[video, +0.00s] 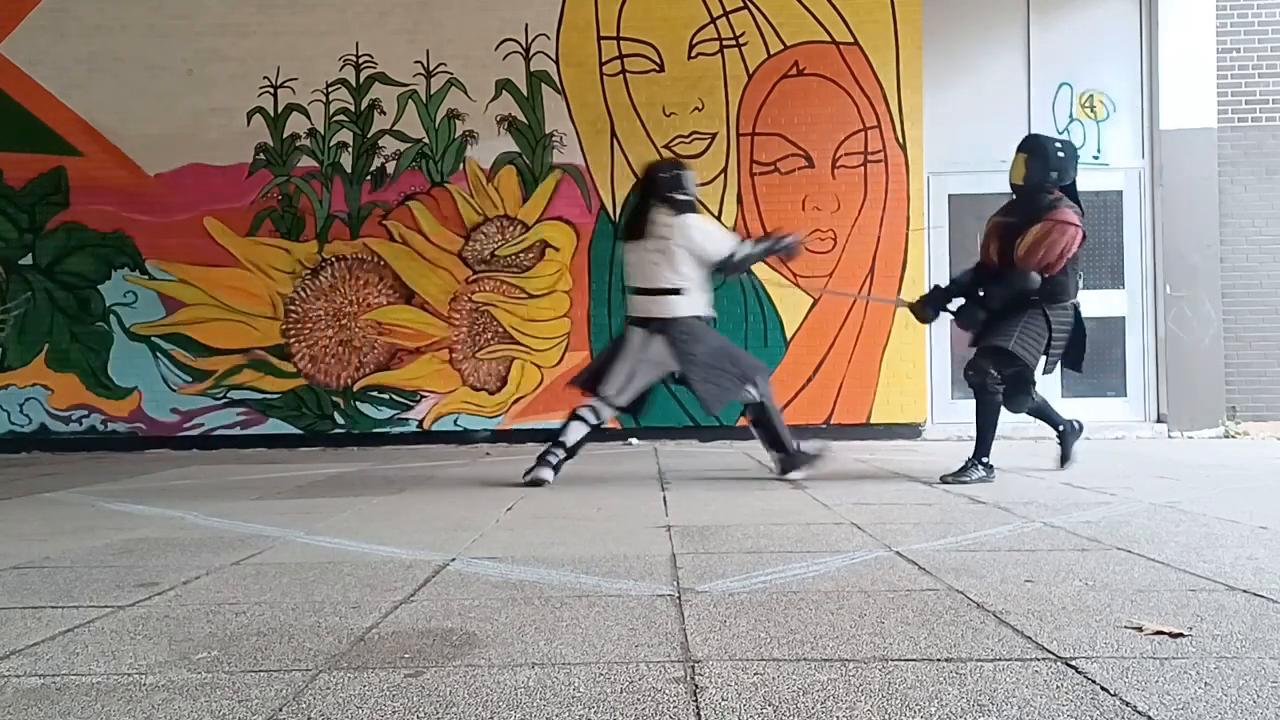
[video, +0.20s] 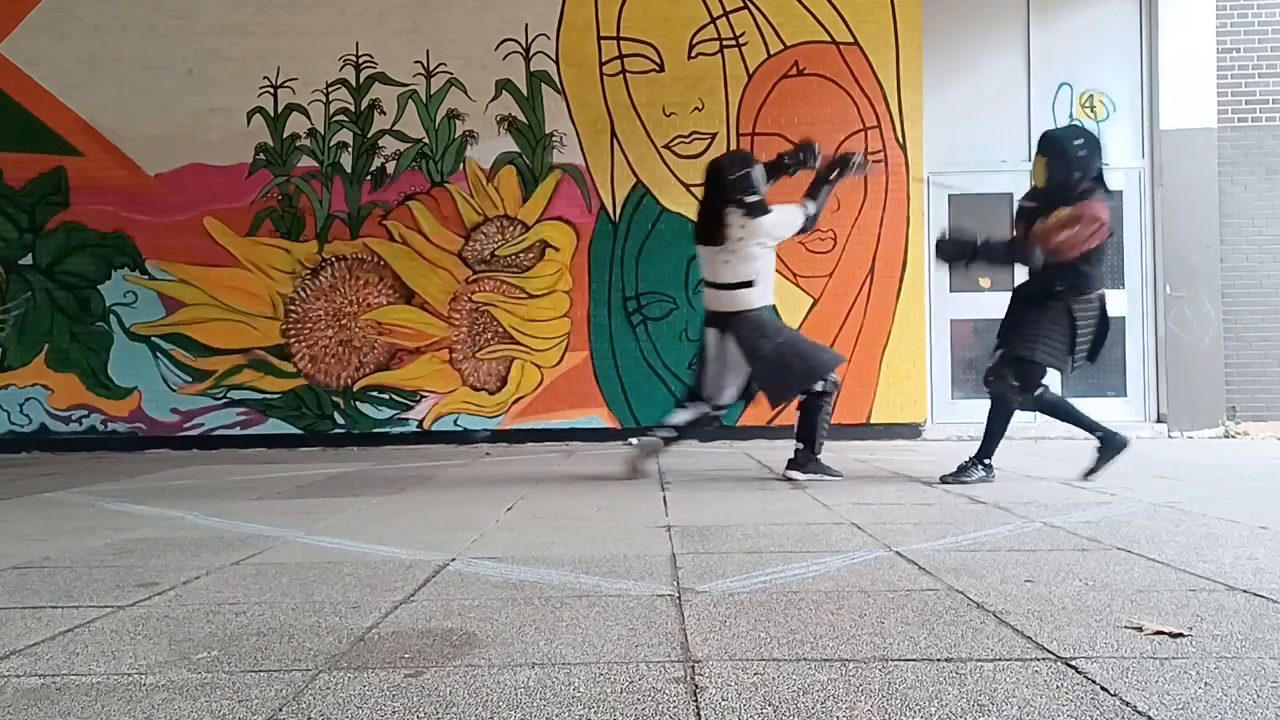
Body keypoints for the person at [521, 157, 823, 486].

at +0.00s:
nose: (693, 194)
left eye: (689, 188)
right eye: (689, 188)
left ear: (649, 193)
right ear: (679, 191)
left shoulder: (634, 229)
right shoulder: (688, 224)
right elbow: (732, 256)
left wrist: (751, 249)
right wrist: (774, 246)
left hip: (641, 332)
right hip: (685, 333)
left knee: (604, 402)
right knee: (753, 379)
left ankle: (548, 463)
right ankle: (789, 456)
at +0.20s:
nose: (760, 181)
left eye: (759, 176)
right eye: (756, 178)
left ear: (719, 187)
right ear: (745, 188)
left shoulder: (708, 220)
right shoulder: (757, 222)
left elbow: (747, 182)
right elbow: (807, 215)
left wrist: (787, 162)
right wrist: (828, 178)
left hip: (716, 325)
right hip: (754, 327)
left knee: (714, 401)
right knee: (824, 377)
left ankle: (654, 442)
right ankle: (806, 459)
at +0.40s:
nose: (802, 168)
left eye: (800, 163)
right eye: (797, 164)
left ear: (757, 173)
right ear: (787, 173)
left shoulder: (744, 203)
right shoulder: (796, 205)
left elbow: (764, 159)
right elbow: (841, 182)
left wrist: (795, 123)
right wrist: (837, 137)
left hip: (752, 307)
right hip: (786, 307)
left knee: (782, 371)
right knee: (838, 379)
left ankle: (771, 439)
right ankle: (807, 458)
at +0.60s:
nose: (823, 174)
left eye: (820, 167)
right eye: (818, 167)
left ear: (777, 171)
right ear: (810, 169)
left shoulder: (771, 207)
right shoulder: (812, 200)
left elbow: (779, 170)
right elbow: (850, 164)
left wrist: (795, 136)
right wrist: (814, 134)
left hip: (784, 305)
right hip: (805, 305)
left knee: (832, 369)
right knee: (837, 377)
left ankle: (835, 434)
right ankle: (807, 453)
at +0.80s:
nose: (818, 185)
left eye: (819, 179)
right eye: (812, 180)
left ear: (820, 181)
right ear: (795, 184)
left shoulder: (827, 209)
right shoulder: (779, 221)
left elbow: (854, 189)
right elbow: (802, 202)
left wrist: (840, 157)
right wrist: (795, 166)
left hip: (827, 312)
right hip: (798, 311)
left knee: (861, 378)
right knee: (819, 371)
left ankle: (848, 447)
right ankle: (801, 451)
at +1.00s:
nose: (807, 207)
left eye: (811, 201)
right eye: (801, 201)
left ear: (815, 201)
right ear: (786, 200)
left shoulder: (824, 228)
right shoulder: (770, 229)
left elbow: (845, 254)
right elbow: (745, 252)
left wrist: (811, 233)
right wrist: (767, 215)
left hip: (818, 321)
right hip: (781, 322)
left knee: (863, 376)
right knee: (777, 385)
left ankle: (849, 447)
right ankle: (742, 436)